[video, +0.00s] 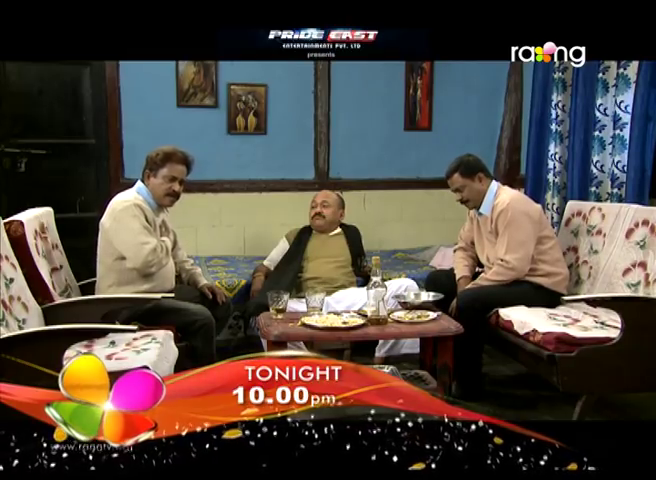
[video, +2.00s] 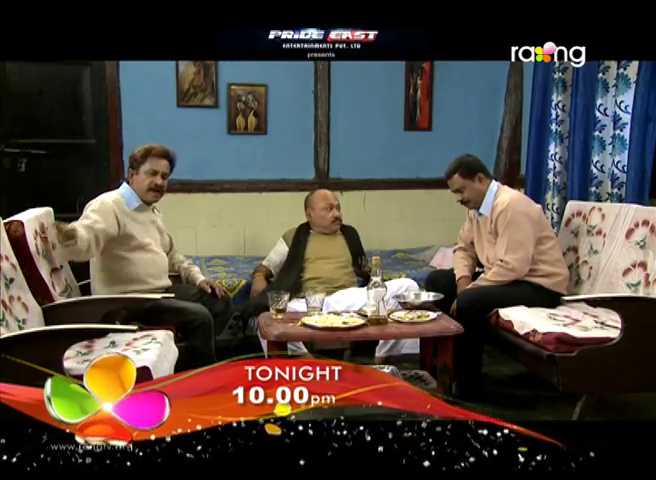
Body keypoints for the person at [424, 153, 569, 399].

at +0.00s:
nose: (458, 198)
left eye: (460, 190)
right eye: (455, 193)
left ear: (481, 179)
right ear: (478, 181)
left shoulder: (513, 206)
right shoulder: (478, 208)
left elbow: (513, 266)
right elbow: (464, 248)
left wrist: (465, 294)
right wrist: (464, 282)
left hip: (541, 286)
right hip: (503, 277)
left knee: (468, 302)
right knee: (437, 280)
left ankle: (467, 386)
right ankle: (440, 369)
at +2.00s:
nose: (458, 199)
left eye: (460, 191)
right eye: (455, 194)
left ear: (480, 180)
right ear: (478, 181)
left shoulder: (513, 206)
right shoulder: (477, 208)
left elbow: (513, 266)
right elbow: (464, 248)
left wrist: (466, 294)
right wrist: (463, 283)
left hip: (541, 286)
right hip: (504, 277)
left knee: (468, 302)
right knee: (437, 280)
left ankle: (467, 387)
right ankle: (440, 370)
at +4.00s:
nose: (477, 183)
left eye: (482, 175)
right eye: (475, 177)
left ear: (504, 172)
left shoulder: (530, 201)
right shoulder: (488, 207)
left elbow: (514, 259)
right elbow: (468, 246)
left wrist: (473, 290)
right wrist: (464, 280)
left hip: (541, 285)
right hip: (505, 277)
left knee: (468, 303)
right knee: (436, 281)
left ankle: (467, 384)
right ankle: (436, 369)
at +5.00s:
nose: (476, 182)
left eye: (482, 174)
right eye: (474, 176)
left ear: (505, 172)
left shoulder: (529, 201)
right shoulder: (487, 207)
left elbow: (515, 258)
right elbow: (468, 246)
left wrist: (473, 290)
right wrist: (464, 278)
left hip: (541, 285)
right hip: (504, 277)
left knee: (468, 302)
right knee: (438, 280)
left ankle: (467, 385)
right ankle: (437, 368)